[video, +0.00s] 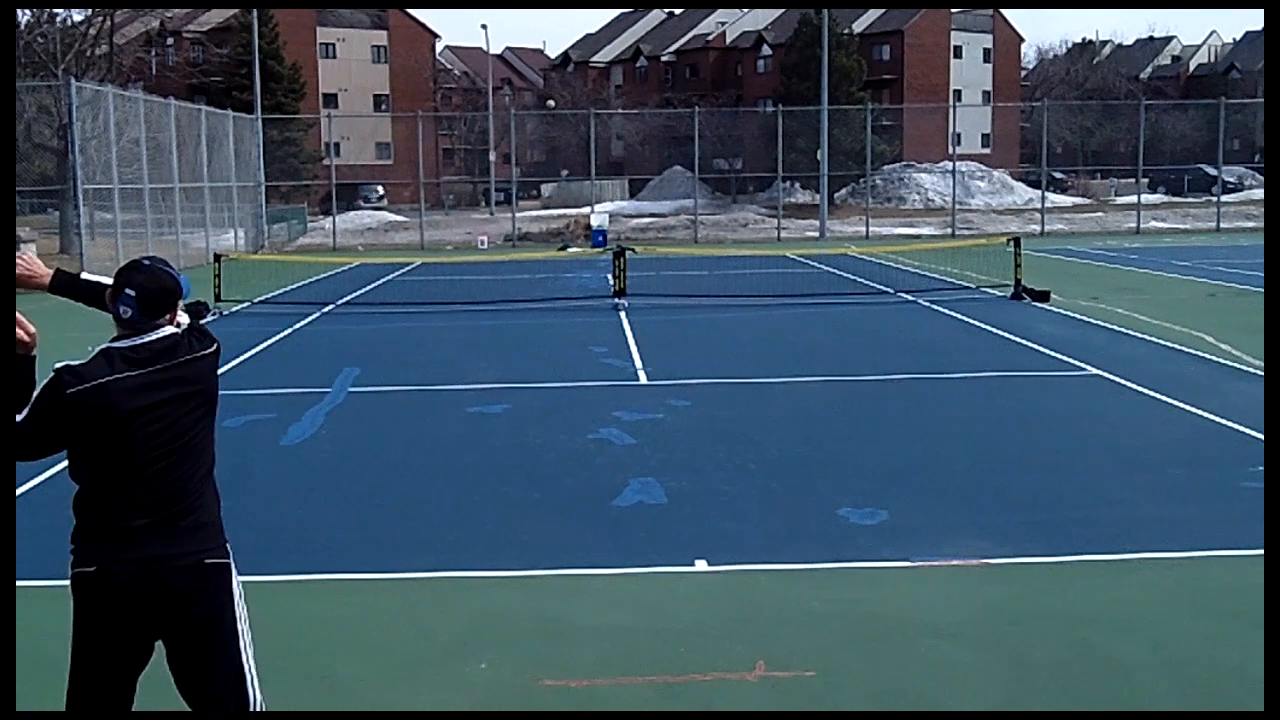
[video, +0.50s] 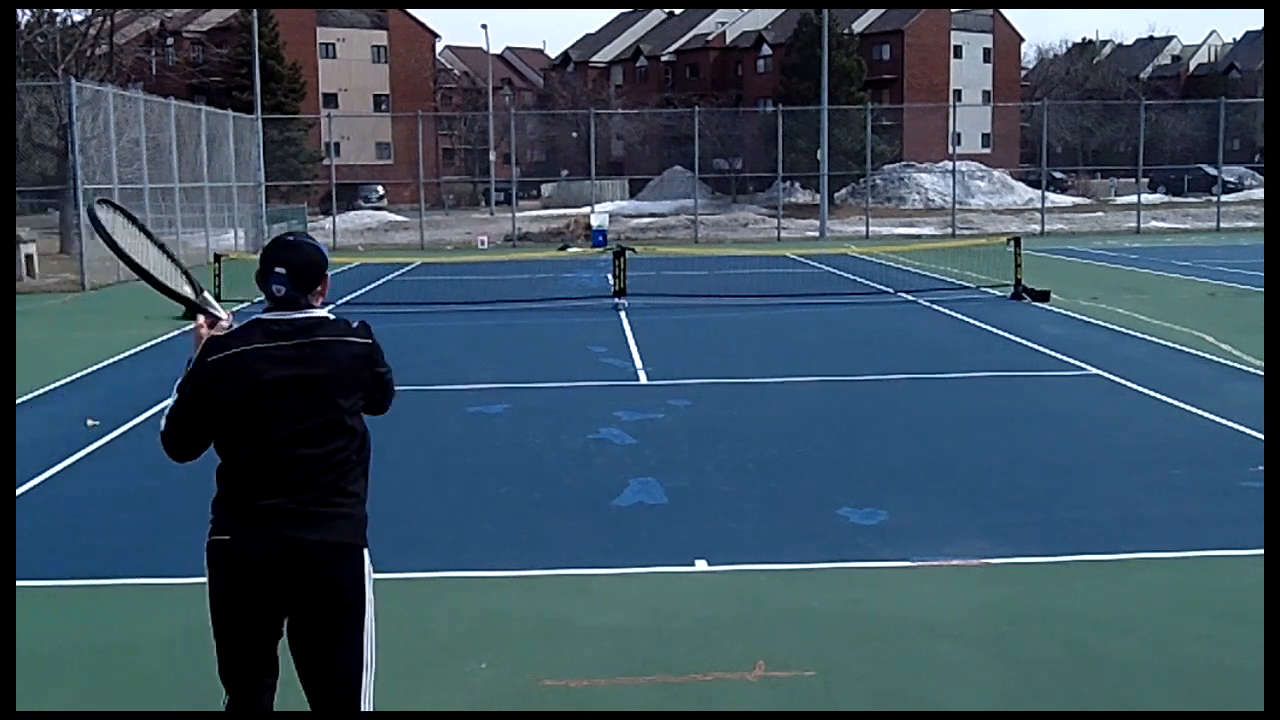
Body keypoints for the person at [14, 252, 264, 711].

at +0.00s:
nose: (182, 307)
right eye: (179, 303)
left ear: (118, 312)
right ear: (174, 313)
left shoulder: (75, 385)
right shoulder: (201, 353)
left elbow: (20, 441)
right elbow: (148, 305)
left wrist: (21, 359)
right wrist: (52, 278)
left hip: (107, 576)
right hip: (198, 570)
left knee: (96, 703)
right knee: (229, 702)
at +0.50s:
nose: (329, 287)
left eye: (323, 278)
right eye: (327, 280)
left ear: (263, 288)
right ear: (322, 287)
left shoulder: (224, 351)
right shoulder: (351, 339)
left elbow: (180, 444)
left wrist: (203, 355)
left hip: (242, 551)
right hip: (332, 550)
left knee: (246, 694)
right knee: (340, 696)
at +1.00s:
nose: (470, 298)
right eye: (470, 292)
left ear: (406, 300)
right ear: (467, 299)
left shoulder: (369, 369)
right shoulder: (504, 363)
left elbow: (332, 477)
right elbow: (548, 464)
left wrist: (394, 462)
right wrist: (490, 484)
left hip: (404, 567)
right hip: (494, 563)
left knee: (371, 697)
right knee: (549, 692)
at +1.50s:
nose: (481, 329)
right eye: (480, 322)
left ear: (421, 325)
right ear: (476, 326)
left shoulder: (380, 382)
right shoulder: (478, 391)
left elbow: (397, 468)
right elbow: (514, 508)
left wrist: (481, 447)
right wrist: (512, 456)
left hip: (367, 568)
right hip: (446, 574)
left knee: (365, 695)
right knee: (518, 700)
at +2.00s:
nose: (457, 355)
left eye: (458, 345)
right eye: (457, 344)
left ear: (412, 335)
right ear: (447, 344)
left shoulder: (419, 390)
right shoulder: (378, 379)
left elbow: (492, 441)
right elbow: (342, 454)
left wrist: (536, 414)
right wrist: (413, 413)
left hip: (334, 553)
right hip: (313, 553)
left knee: (316, 687)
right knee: (391, 686)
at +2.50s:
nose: (414, 324)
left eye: (417, 317)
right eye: (415, 317)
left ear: (366, 297)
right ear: (403, 312)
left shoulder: (294, 337)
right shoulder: (392, 344)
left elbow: (297, 428)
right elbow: (393, 448)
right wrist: (438, 486)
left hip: (272, 511)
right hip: (340, 519)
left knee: (278, 652)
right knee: (374, 662)